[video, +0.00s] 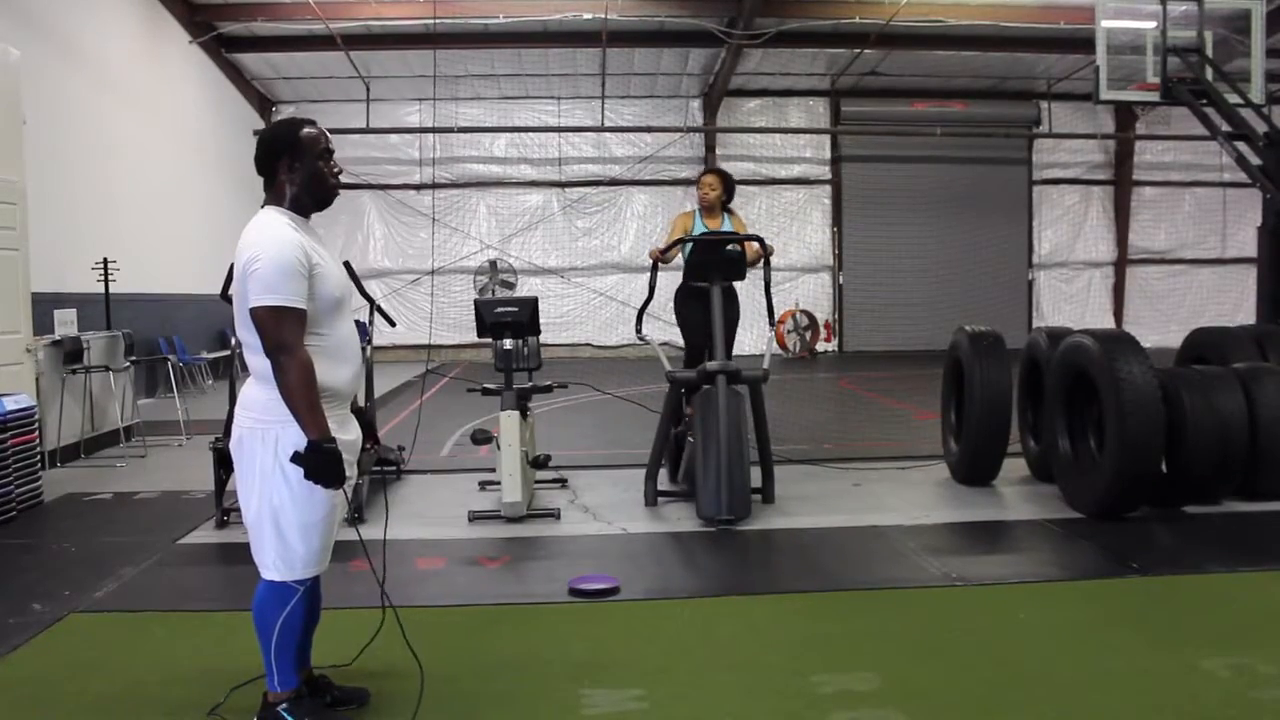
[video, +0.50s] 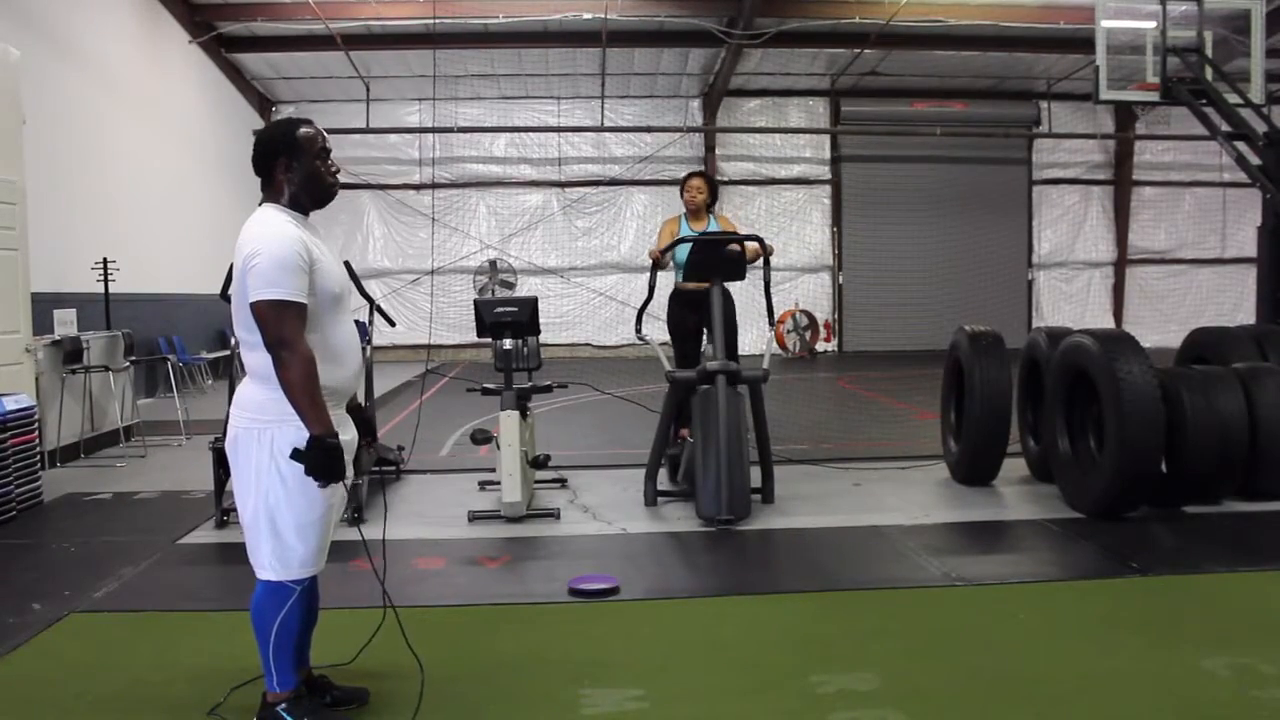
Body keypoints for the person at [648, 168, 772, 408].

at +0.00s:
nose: (704, 193)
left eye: (711, 189)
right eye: (701, 188)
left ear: (723, 194)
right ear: (696, 190)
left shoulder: (734, 221)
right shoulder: (685, 220)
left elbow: (746, 258)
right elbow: (670, 253)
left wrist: (759, 253)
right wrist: (660, 255)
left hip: (725, 294)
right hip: (692, 295)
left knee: (723, 352)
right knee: (696, 348)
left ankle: (721, 407)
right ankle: (690, 405)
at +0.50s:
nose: (692, 196)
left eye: (698, 191)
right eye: (687, 191)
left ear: (710, 197)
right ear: (681, 195)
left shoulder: (723, 224)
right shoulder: (673, 225)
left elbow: (740, 255)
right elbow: (663, 261)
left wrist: (758, 251)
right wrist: (657, 258)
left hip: (717, 298)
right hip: (684, 300)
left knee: (728, 359)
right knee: (686, 366)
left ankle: (730, 420)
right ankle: (683, 427)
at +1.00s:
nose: (709, 196)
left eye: (717, 192)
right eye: (705, 191)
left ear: (728, 198)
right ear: (701, 195)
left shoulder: (737, 225)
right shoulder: (688, 223)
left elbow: (748, 260)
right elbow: (672, 257)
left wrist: (760, 254)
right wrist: (660, 255)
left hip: (724, 297)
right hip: (691, 298)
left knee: (722, 356)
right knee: (693, 351)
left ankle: (721, 409)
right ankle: (687, 405)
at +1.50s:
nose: (683, 195)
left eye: (690, 190)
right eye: (679, 190)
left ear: (703, 195)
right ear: (675, 193)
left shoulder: (719, 222)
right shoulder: (669, 226)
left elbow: (739, 252)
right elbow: (663, 262)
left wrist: (757, 251)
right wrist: (656, 258)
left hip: (716, 298)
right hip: (683, 300)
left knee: (728, 360)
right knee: (686, 366)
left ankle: (728, 423)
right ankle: (684, 428)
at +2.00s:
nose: (712, 193)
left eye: (719, 189)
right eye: (708, 188)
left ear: (730, 197)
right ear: (703, 192)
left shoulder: (737, 225)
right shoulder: (690, 221)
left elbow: (748, 259)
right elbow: (670, 256)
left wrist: (760, 254)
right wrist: (659, 254)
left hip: (723, 297)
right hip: (691, 297)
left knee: (723, 356)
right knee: (690, 354)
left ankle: (720, 409)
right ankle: (683, 408)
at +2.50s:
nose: (684, 191)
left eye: (691, 187)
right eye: (681, 186)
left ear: (705, 193)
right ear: (677, 190)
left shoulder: (719, 220)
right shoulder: (668, 221)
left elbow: (740, 249)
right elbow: (664, 250)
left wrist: (758, 250)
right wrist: (657, 255)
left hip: (716, 296)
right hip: (683, 298)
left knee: (727, 358)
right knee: (686, 364)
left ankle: (728, 422)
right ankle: (683, 427)